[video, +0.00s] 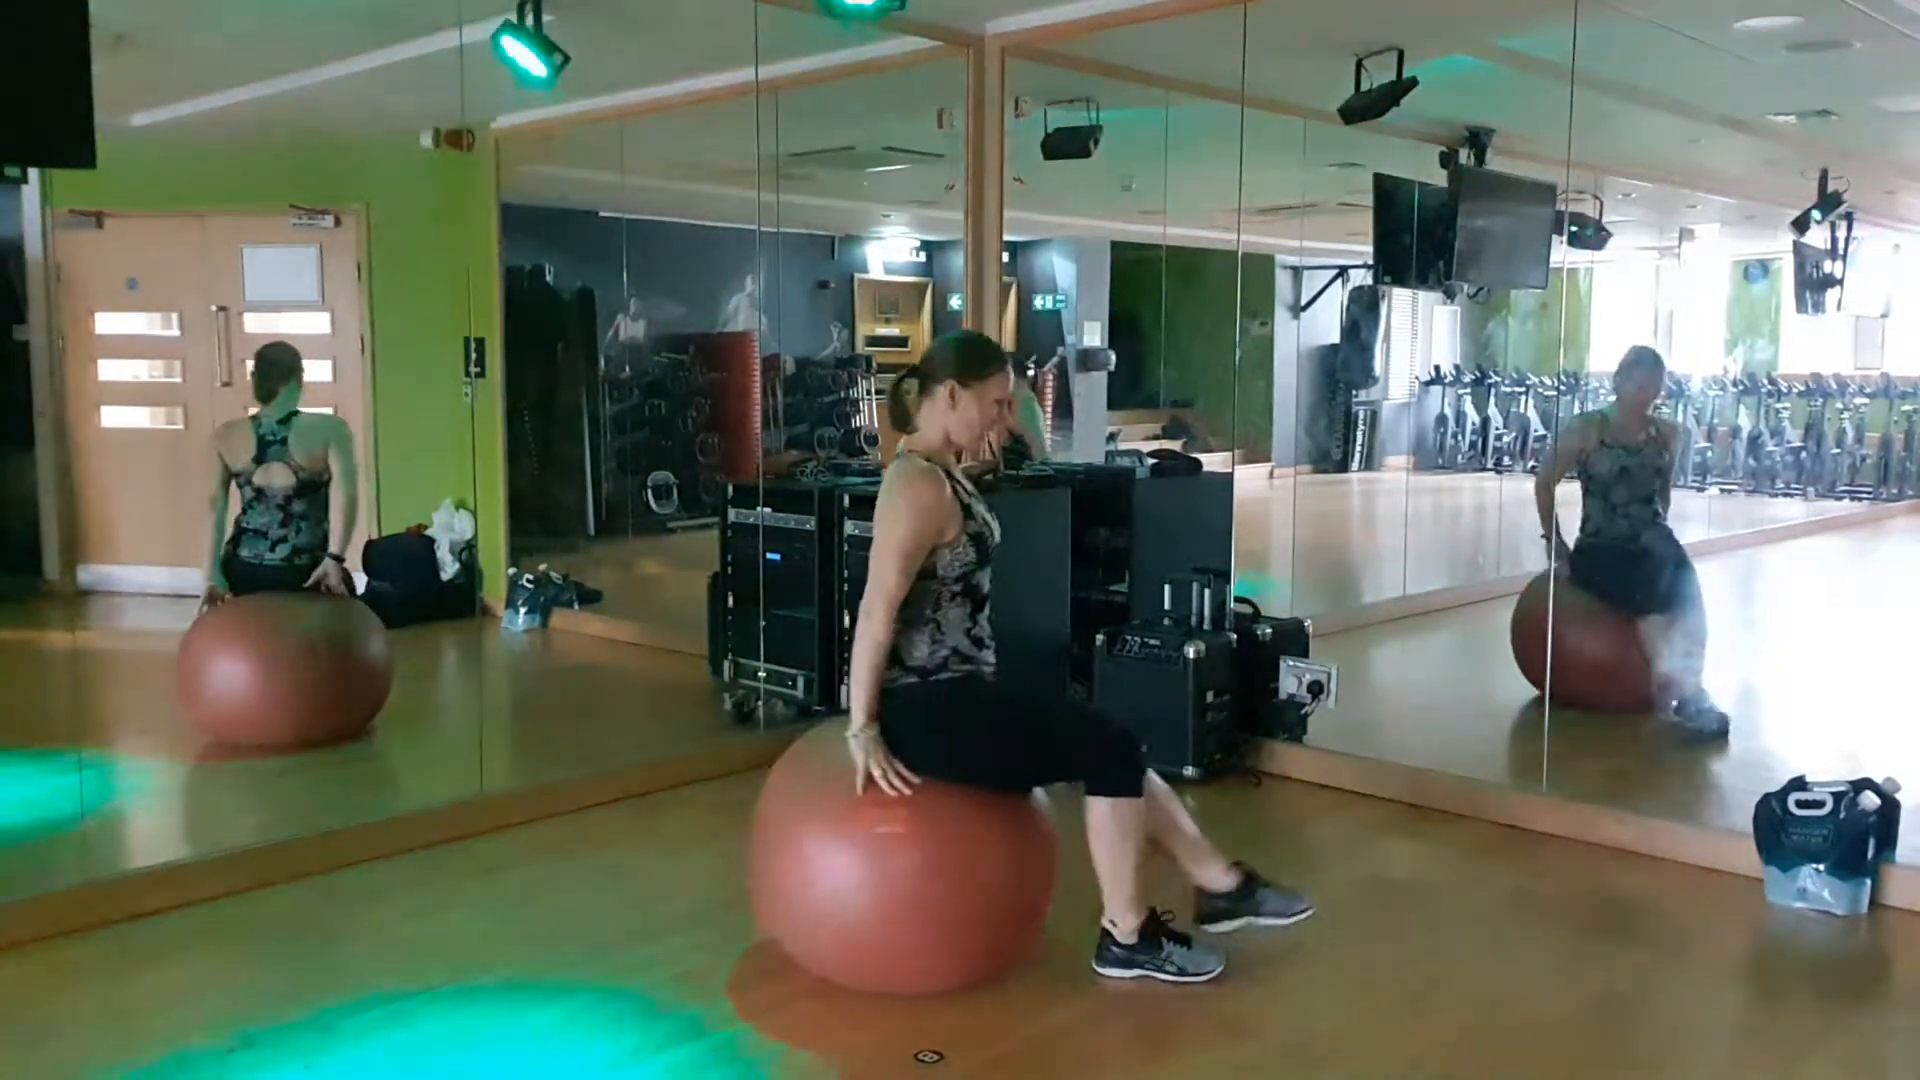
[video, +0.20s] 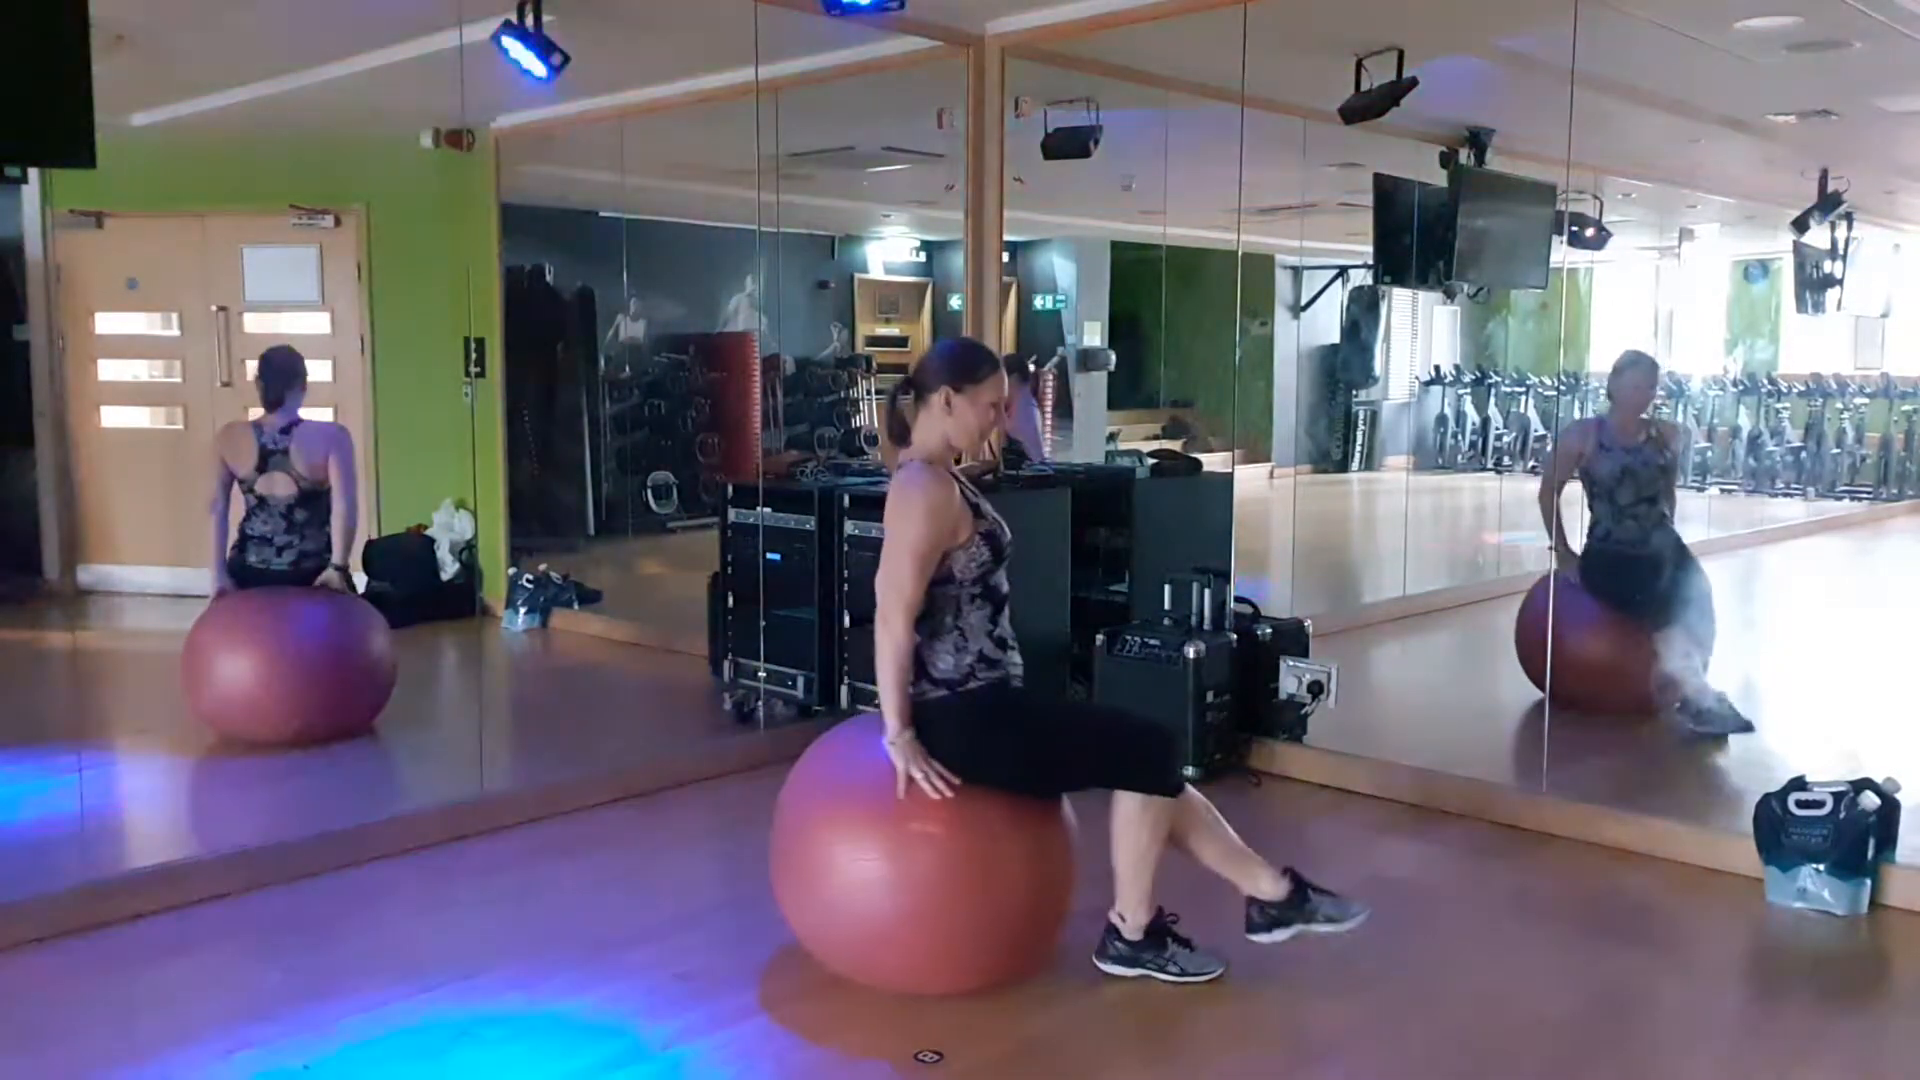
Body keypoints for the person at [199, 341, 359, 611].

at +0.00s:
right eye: (299, 376)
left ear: (256, 383)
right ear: (298, 379)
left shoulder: (228, 435)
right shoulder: (330, 429)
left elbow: (217, 507)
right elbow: (345, 494)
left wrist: (213, 573)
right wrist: (335, 556)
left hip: (244, 569)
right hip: (306, 568)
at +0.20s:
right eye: (304, 381)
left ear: (259, 386)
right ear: (303, 386)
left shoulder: (231, 437)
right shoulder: (332, 437)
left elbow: (218, 507)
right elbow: (344, 506)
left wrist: (218, 572)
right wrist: (338, 564)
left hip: (250, 568)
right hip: (312, 567)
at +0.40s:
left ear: (263, 393)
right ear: (307, 395)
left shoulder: (235, 446)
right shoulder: (334, 445)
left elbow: (222, 516)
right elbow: (347, 515)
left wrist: (229, 579)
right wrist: (343, 571)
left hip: (257, 575)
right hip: (315, 574)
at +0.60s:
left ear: (261, 406)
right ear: (306, 405)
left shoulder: (236, 456)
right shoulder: (336, 457)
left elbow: (229, 534)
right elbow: (355, 534)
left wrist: (242, 593)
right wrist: (344, 584)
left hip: (263, 588)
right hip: (321, 588)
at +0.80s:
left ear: (260, 419)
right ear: (306, 415)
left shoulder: (240, 468)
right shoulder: (339, 468)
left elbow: (234, 540)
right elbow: (360, 544)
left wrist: (240, 597)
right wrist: (337, 591)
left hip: (267, 596)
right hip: (324, 595)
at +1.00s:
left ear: (263, 428)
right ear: (308, 428)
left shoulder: (242, 475)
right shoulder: (341, 478)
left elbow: (237, 545)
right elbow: (362, 552)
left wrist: (247, 595)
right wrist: (340, 595)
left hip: (269, 601)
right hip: (326, 600)